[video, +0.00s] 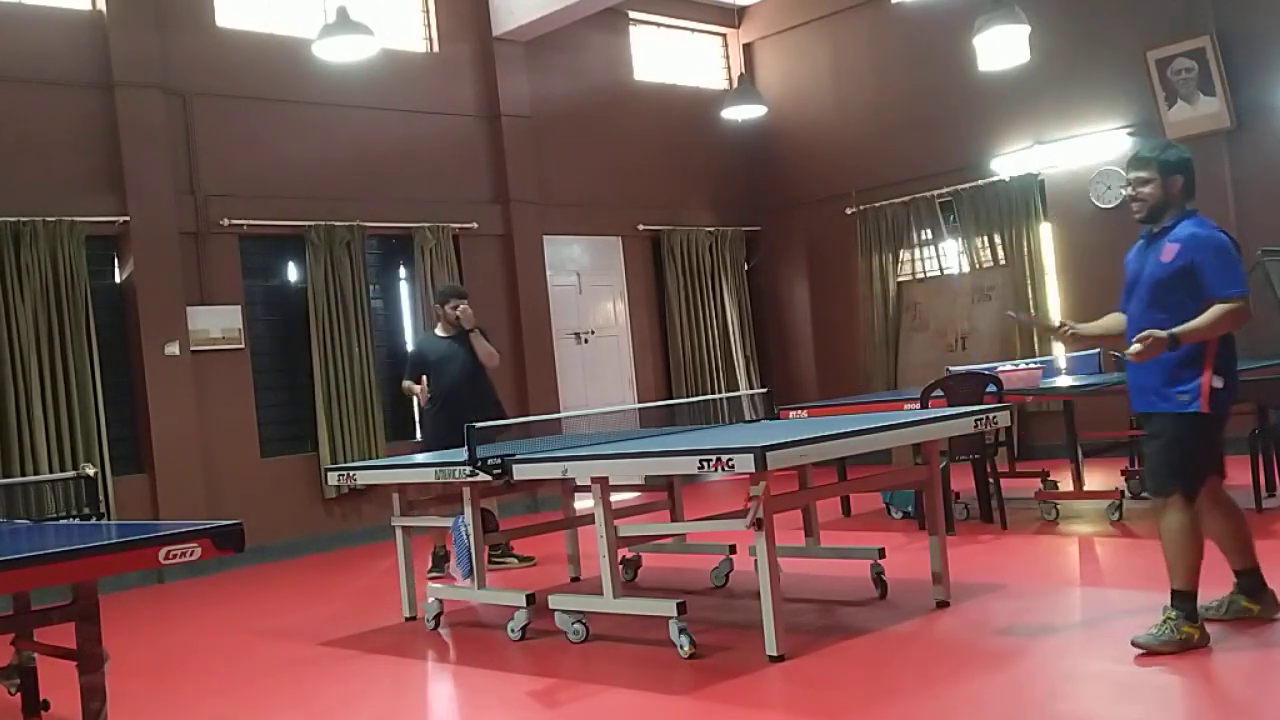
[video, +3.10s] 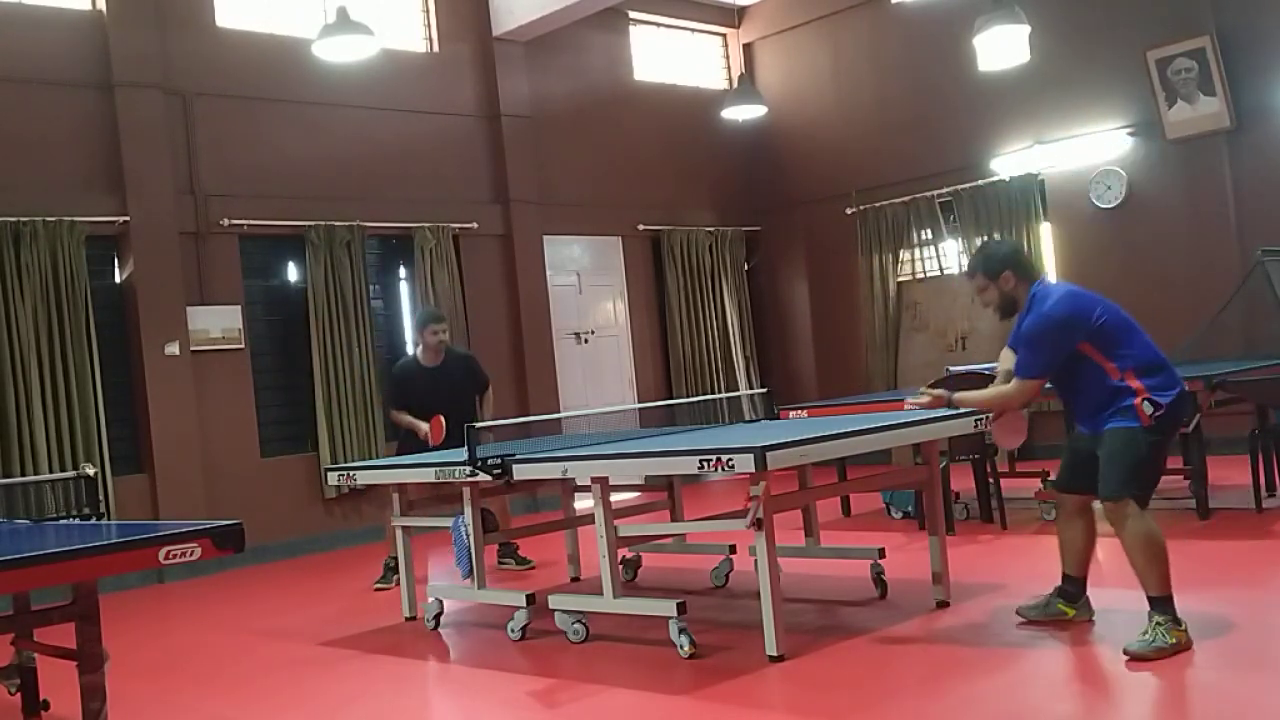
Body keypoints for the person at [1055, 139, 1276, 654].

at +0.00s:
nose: (1131, 194)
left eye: (1141, 184)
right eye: (1128, 186)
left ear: (1176, 184)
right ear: (1132, 191)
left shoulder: (1204, 237)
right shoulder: (1138, 251)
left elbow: (1235, 308)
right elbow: (1130, 316)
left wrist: (1172, 336)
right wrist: (1083, 331)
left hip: (1190, 397)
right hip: (1159, 398)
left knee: (1172, 496)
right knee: (1206, 492)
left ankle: (1183, 618)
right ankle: (1253, 591)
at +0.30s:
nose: (1144, 191)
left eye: (1151, 181)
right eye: (1143, 183)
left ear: (1182, 180)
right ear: (1178, 184)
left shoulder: (1210, 228)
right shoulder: (1185, 232)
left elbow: (1240, 300)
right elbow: (1194, 306)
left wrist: (1167, 334)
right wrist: (1147, 321)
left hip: (1210, 391)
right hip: (1212, 389)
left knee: (1208, 490)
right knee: (1240, 485)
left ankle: (1240, 599)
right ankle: (1257, 590)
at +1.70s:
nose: (1125, 188)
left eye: (1135, 177)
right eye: (1123, 178)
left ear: (1170, 178)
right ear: (1150, 182)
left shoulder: (1179, 235)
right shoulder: (1154, 232)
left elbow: (1177, 319)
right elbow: (1156, 307)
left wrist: (1097, 307)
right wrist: (1117, 343)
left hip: (1190, 394)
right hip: (1162, 393)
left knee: (1199, 492)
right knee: (1175, 484)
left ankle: (1213, 607)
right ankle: (1234, 572)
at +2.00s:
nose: (1102, 189)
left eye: (1114, 180)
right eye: (1100, 180)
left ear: (1149, 182)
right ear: (1103, 183)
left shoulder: (1158, 237)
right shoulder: (1130, 235)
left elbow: (1155, 321)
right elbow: (1137, 308)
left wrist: (1074, 314)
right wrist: (1103, 340)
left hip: (1181, 394)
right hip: (1138, 394)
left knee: (1201, 493)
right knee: (1135, 481)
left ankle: (1214, 606)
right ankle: (1160, 586)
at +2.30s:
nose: (1057, 209)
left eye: (1067, 199)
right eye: (1051, 202)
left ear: (1101, 198)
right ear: (1051, 206)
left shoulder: (1123, 244)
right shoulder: (1074, 261)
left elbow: (1132, 319)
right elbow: (1076, 325)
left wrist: (1055, 326)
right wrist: (1057, 359)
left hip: (1159, 395)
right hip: (1116, 401)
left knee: (1164, 494)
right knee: (1128, 495)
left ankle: (1208, 603)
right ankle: (1139, 599)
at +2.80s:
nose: (1009, 251)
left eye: (1012, 239)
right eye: (1006, 242)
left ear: (1038, 230)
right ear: (1038, 234)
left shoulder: (1084, 270)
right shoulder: (1049, 277)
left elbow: (1072, 354)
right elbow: (1032, 327)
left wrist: (995, 366)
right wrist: (1019, 363)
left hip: (1140, 396)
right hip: (1095, 402)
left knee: (1136, 497)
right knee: (1082, 489)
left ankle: (1169, 618)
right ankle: (1129, 590)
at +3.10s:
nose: (982, 301)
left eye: (983, 291)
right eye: (979, 294)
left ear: (1008, 279)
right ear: (1009, 280)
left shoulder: (1051, 311)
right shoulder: (1034, 305)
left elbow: (1020, 394)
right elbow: (1012, 351)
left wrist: (950, 398)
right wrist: (1005, 385)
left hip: (1142, 402)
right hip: (1101, 410)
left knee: (1117, 500)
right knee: (1070, 495)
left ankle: (1167, 622)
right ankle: (1071, 597)